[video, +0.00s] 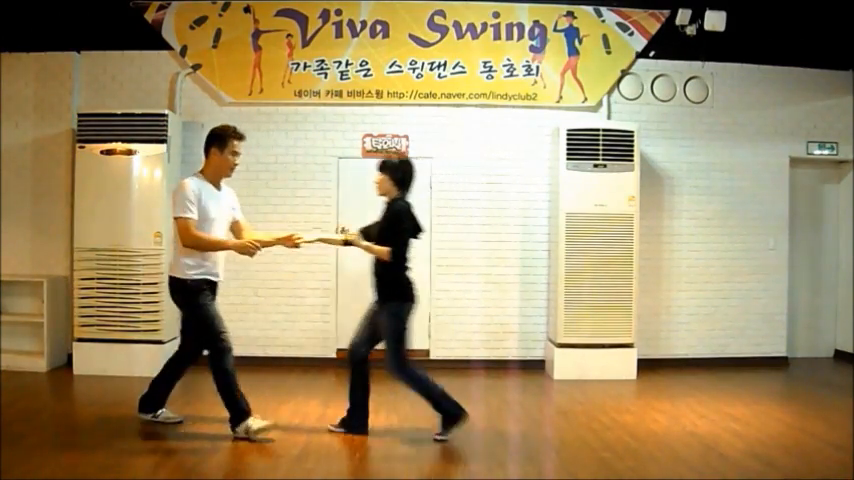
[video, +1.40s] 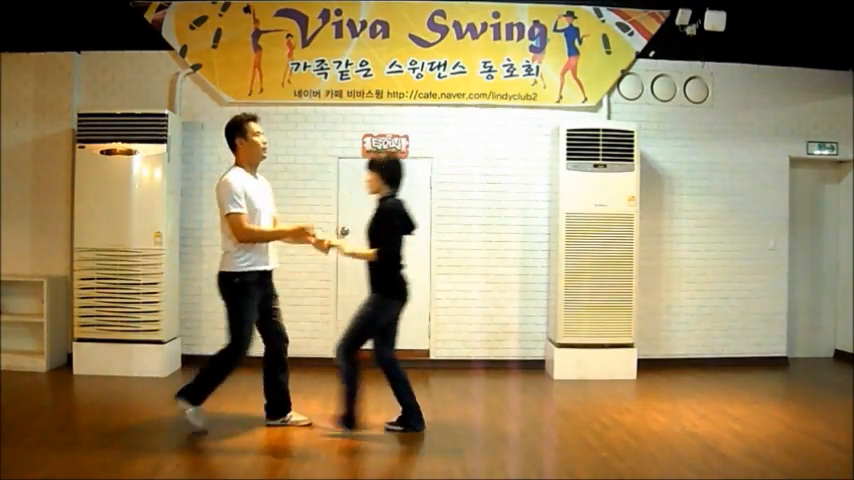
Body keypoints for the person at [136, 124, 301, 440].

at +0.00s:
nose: (237, 161)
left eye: (238, 155)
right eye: (233, 154)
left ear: (221, 156)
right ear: (213, 153)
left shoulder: (227, 194)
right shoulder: (188, 187)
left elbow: (243, 238)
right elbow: (188, 239)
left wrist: (279, 240)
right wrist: (233, 245)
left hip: (208, 281)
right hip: (187, 281)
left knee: (189, 349)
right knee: (220, 345)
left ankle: (150, 405)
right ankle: (241, 419)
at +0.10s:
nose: (233, 158)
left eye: (235, 152)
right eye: (229, 151)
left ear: (218, 152)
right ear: (209, 149)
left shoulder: (222, 190)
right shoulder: (183, 183)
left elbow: (232, 237)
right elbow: (181, 234)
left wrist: (266, 236)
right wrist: (227, 237)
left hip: (202, 277)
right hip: (179, 276)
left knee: (182, 346)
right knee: (214, 337)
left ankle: (148, 407)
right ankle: (216, 417)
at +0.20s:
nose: (232, 157)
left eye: (233, 151)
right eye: (228, 150)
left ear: (219, 151)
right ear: (208, 148)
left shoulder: (219, 190)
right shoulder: (182, 182)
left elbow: (223, 231)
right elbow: (179, 233)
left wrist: (254, 235)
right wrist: (223, 236)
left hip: (200, 277)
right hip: (177, 276)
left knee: (178, 346)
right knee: (206, 339)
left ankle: (148, 408)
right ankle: (181, 410)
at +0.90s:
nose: (259, 151)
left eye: (258, 145)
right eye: (253, 145)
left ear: (238, 151)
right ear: (235, 150)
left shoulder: (237, 187)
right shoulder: (214, 182)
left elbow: (220, 226)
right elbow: (187, 223)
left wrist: (242, 236)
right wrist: (229, 236)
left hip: (221, 280)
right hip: (200, 279)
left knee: (224, 347)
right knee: (206, 349)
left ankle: (174, 397)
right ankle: (173, 410)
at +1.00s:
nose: (261, 148)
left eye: (260, 141)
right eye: (255, 142)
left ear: (241, 148)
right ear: (237, 146)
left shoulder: (239, 185)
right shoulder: (219, 179)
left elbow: (223, 226)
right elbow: (197, 222)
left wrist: (249, 235)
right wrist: (240, 235)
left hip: (222, 277)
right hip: (201, 276)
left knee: (245, 333)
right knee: (198, 346)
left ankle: (202, 396)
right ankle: (172, 412)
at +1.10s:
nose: (262, 146)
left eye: (261, 140)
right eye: (256, 140)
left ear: (245, 147)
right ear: (238, 146)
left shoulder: (242, 184)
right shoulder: (222, 179)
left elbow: (230, 231)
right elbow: (212, 227)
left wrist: (264, 241)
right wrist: (257, 240)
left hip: (226, 277)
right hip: (204, 275)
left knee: (256, 330)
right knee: (197, 347)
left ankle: (244, 405)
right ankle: (172, 412)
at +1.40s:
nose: (265, 140)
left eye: (263, 135)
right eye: (258, 135)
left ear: (252, 143)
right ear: (239, 142)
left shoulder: (261, 183)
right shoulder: (230, 181)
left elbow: (271, 228)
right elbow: (242, 233)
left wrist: (307, 237)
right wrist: (291, 233)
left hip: (261, 275)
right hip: (238, 277)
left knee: (277, 340)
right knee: (239, 346)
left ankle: (278, 412)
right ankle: (189, 398)